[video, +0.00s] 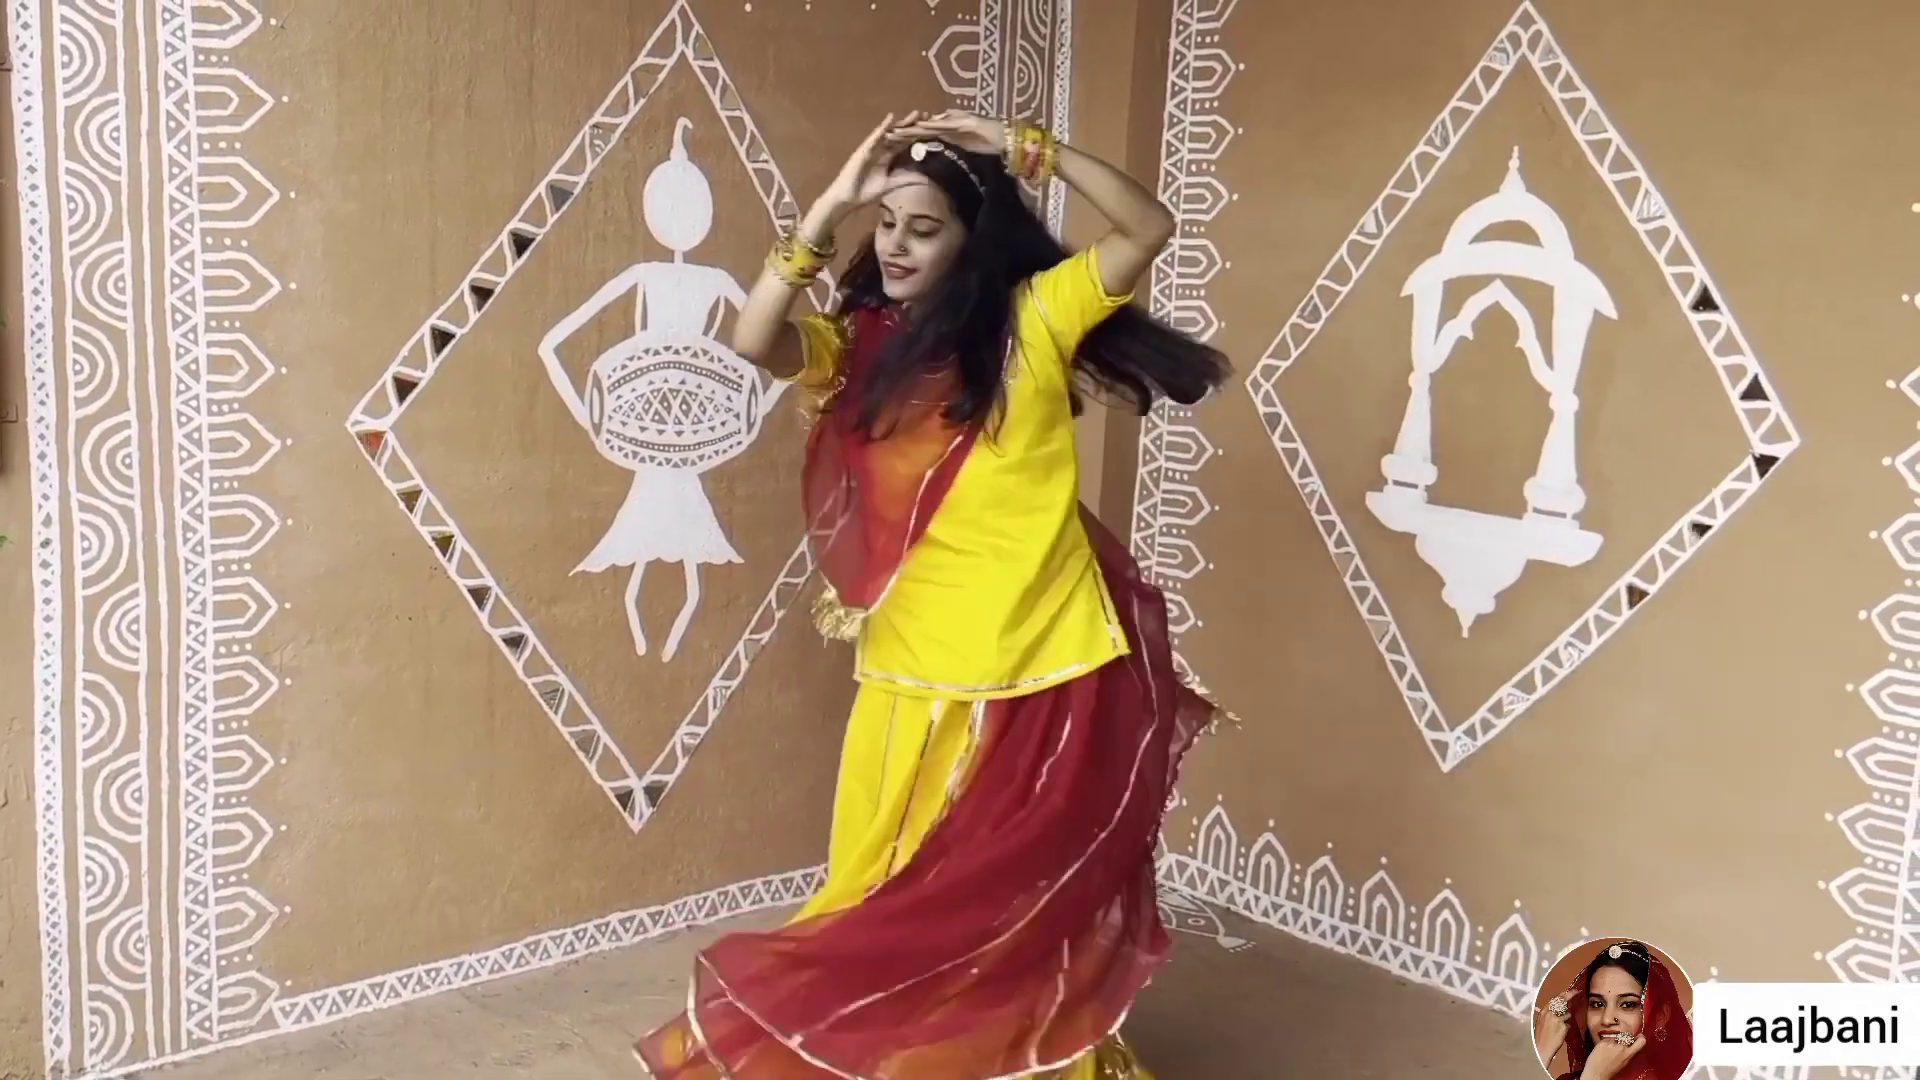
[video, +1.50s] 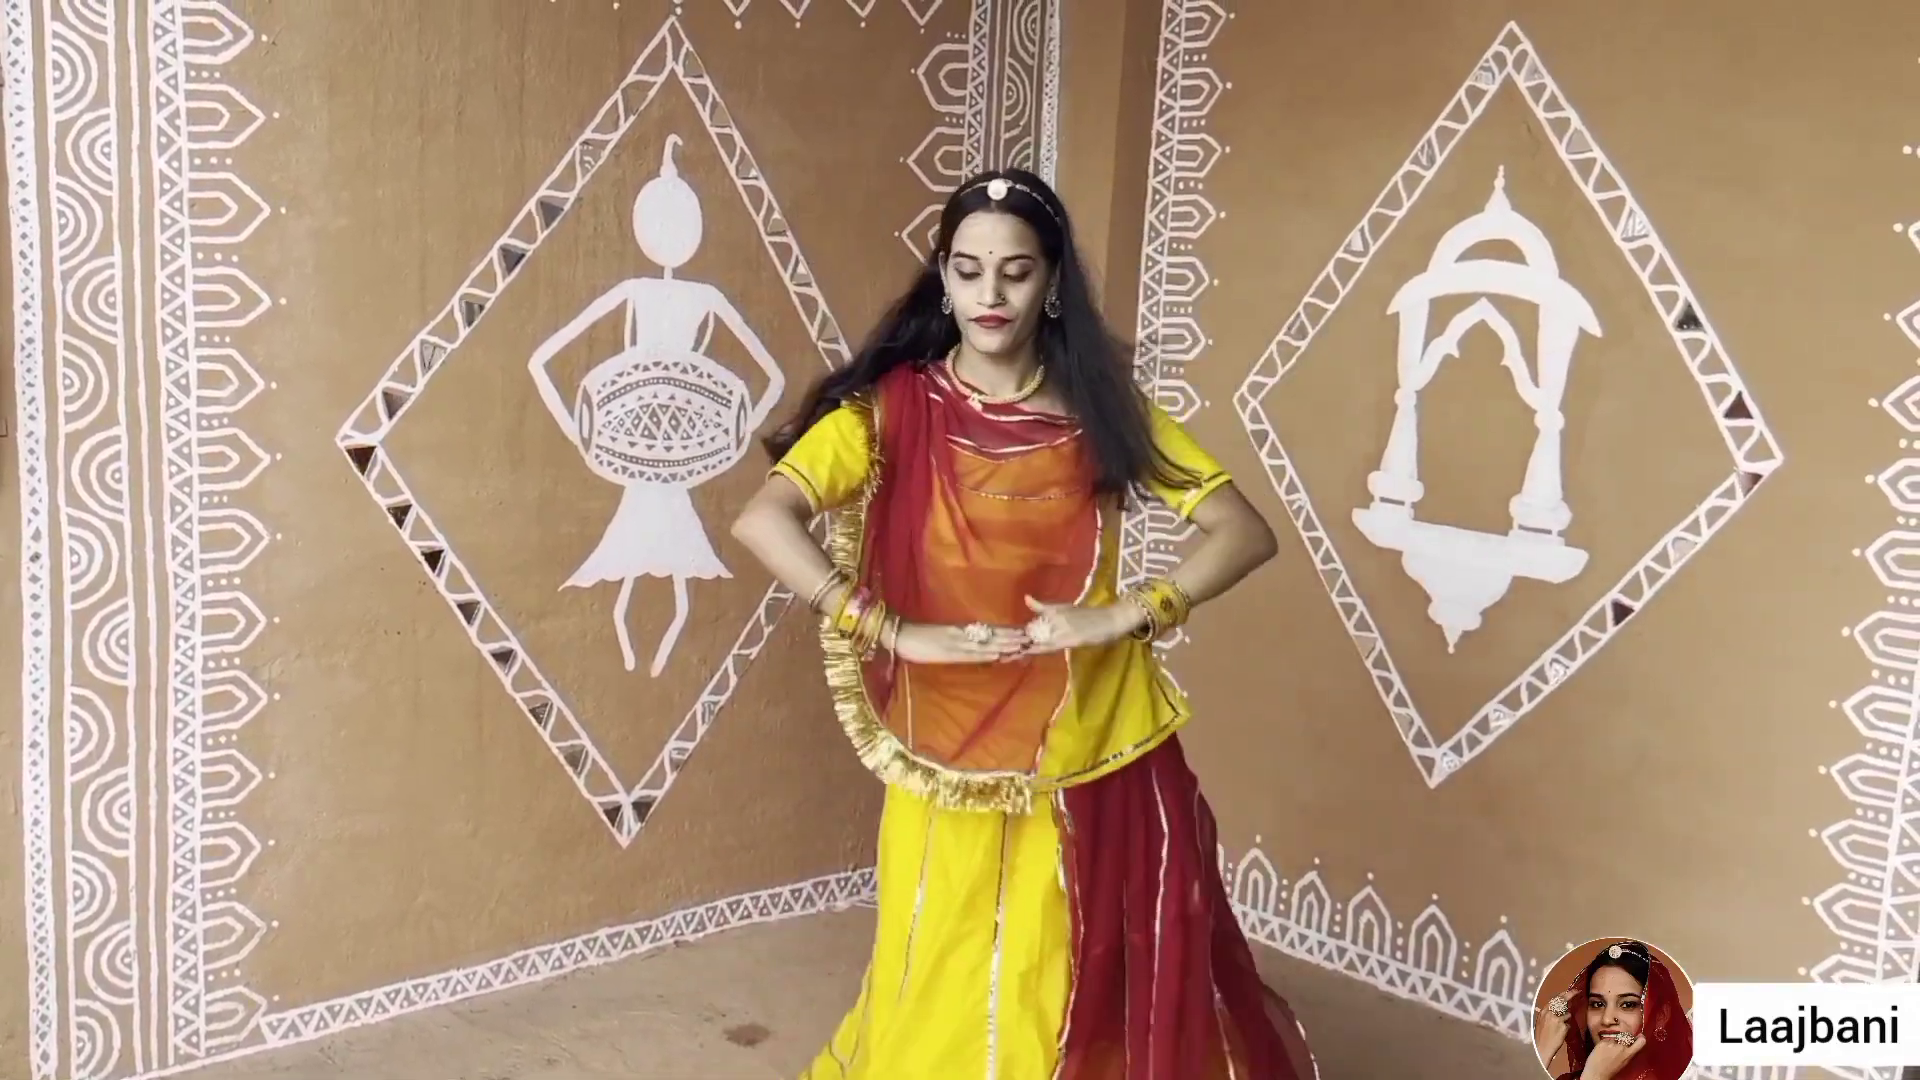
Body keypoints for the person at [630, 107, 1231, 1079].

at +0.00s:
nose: (895, 245)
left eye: (922, 228)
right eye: (885, 223)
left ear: (975, 237)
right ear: (872, 227)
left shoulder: (1032, 323)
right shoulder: (857, 341)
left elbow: (1142, 228)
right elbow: (754, 338)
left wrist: (1020, 143)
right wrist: (834, 205)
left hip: (1045, 662)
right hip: (909, 663)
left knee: (1027, 906)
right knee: (871, 888)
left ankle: (1046, 1061)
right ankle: (870, 1056)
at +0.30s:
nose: (1023, 255)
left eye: (1030, 234)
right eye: (999, 231)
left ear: (1033, 242)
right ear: (934, 238)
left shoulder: (986, 338)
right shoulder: (917, 365)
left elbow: (1059, 243)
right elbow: (1087, 363)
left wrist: (1119, 185)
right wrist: (1140, 225)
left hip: (1008, 674)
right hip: (923, 691)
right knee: (891, 935)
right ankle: (789, 1059)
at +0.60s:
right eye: (1091, 230)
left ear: (961, 233)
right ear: (1075, 252)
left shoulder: (922, 336)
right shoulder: (1093, 377)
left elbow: (835, 233)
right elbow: (1208, 343)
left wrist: (922, 168)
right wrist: (1122, 236)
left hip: (920, 669)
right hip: (1037, 684)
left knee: (902, 883)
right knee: (1044, 891)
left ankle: (882, 1055)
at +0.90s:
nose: (960, 239)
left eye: (971, 222)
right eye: (965, 221)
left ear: (1005, 235)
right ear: (1079, 232)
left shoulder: (995, 328)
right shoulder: (1112, 338)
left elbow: (843, 272)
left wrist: (820, 181)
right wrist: (902, 251)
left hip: (996, 634)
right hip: (1097, 632)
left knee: (965, 858)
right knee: (1100, 859)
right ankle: (1114, 1055)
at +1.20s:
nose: (967, 274)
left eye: (994, 253)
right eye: (954, 249)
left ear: (1049, 255)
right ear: (939, 250)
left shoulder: (1091, 358)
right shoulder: (909, 362)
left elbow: (1200, 370)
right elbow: (755, 369)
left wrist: (1025, 354)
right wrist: (874, 341)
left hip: (1104, 700)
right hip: (966, 706)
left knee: (1103, 957)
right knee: (938, 951)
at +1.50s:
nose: (990, 297)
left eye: (1014, 274)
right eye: (970, 273)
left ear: (1053, 282)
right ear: (942, 280)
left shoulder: (1100, 406)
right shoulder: (894, 406)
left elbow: (1246, 534)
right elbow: (761, 520)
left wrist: (1130, 614)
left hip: (1095, 770)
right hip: (946, 776)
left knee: (1096, 1027)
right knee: (945, 1027)